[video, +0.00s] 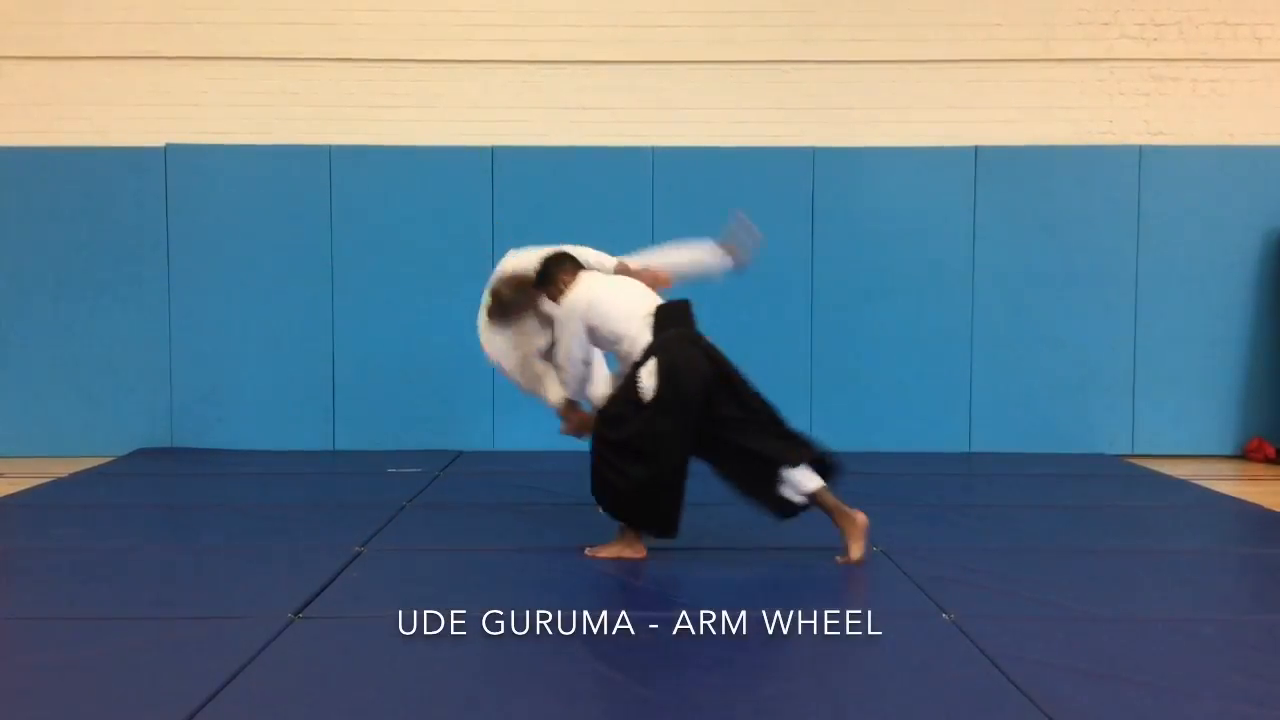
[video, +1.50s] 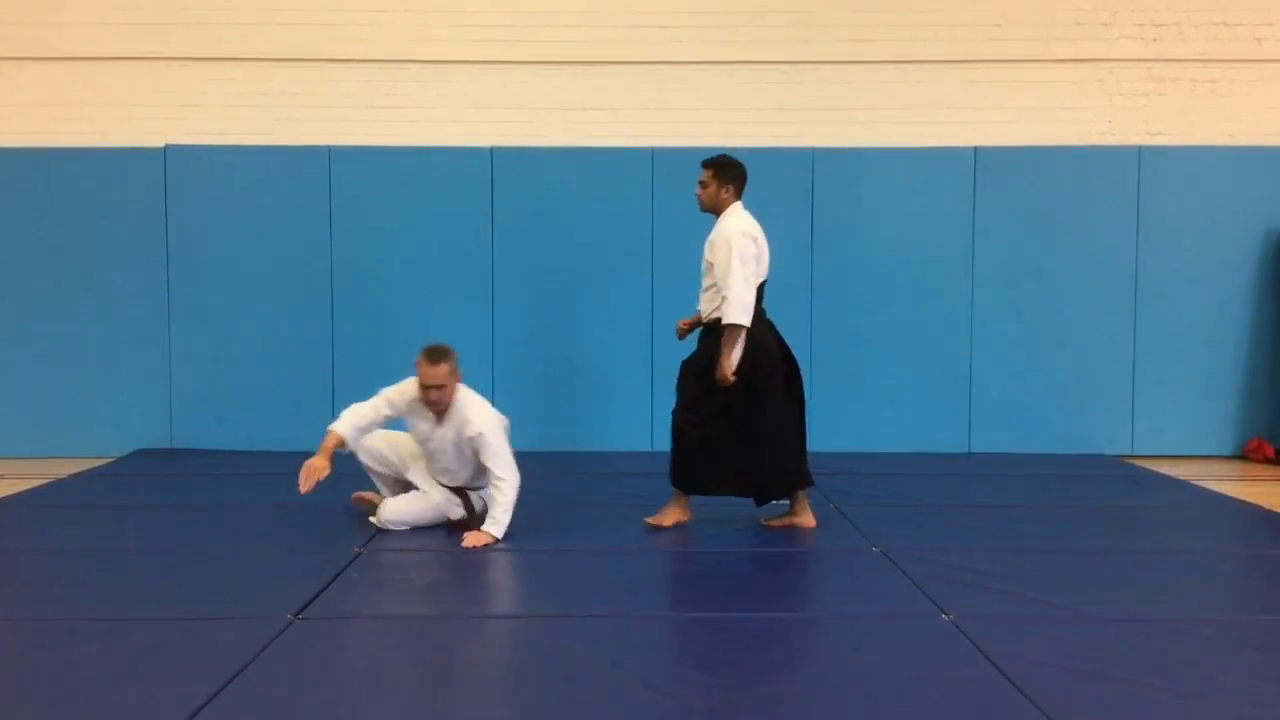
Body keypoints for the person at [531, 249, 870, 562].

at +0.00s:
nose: (551, 303)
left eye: (549, 297)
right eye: (549, 296)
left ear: (556, 288)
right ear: (577, 267)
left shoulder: (573, 304)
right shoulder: (616, 276)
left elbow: (574, 368)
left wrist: (573, 408)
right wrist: (598, 404)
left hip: (660, 372)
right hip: (695, 354)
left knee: (617, 438)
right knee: (748, 439)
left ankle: (630, 539)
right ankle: (847, 517)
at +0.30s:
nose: (591, 312)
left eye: (588, 306)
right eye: (589, 307)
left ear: (596, 298)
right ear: (617, 283)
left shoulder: (606, 327)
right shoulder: (660, 294)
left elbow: (627, 395)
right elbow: (689, 334)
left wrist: (640, 426)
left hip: (688, 372)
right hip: (727, 360)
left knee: (632, 433)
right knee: (788, 441)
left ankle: (633, 539)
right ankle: (875, 532)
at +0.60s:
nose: (587, 251)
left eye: (586, 244)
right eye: (586, 245)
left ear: (596, 239)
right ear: (619, 230)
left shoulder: (602, 272)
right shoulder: (658, 251)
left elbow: (603, 338)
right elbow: (675, 303)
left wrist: (609, 373)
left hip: (680, 351)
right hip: (721, 339)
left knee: (634, 433)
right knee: (761, 428)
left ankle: (634, 531)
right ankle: (842, 498)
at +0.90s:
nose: (655, 213)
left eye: (656, 205)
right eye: (655, 206)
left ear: (667, 203)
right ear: (691, 201)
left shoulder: (673, 245)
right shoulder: (729, 238)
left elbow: (667, 317)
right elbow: (738, 297)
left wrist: (656, 379)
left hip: (714, 348)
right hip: (749, 342)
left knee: (667, 425)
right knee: (750, 425)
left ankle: (644, 522)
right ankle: (792, 503)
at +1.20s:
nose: (708, 190)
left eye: (712, 184)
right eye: (710, 183)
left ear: (728, 187)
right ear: (742, 188)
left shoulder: (731, 230)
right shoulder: (766, 225)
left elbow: (743, 295)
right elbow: (753, 293)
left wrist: (746, 355)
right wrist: (713, 330)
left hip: (741, 334)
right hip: (771, 330)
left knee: (694, 411)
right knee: (782, 419)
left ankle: (707, 499)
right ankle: (801, 508)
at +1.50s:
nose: (697, 191)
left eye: (704, 184)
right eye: (699, 184)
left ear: (727, 189)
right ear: (728, 190)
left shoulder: (733, 230)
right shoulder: (738, 225)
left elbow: (739, 296)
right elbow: (730, 289)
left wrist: (728, 352)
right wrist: (698, 318)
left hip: (729, 338)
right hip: (752, 335)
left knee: (687, 417)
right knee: (776, 420)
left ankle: (679, 503)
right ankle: (800, 508)